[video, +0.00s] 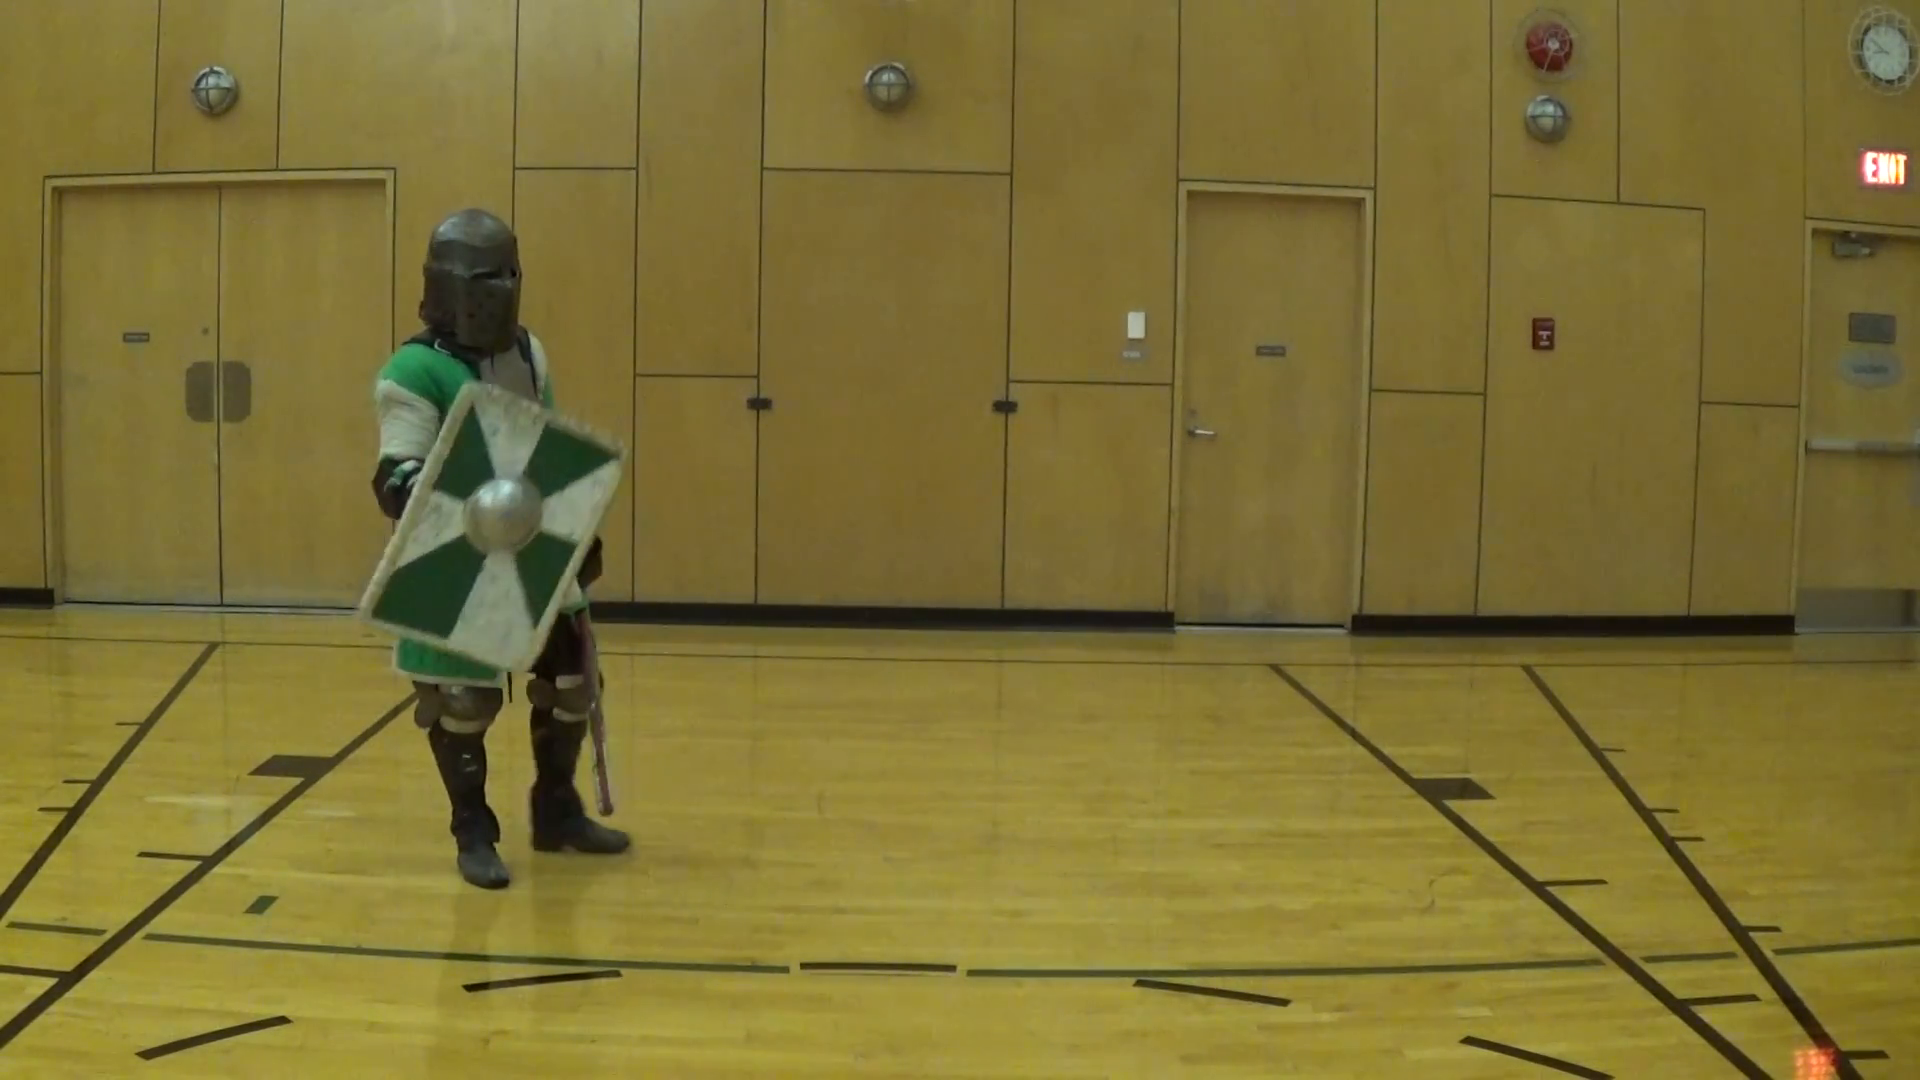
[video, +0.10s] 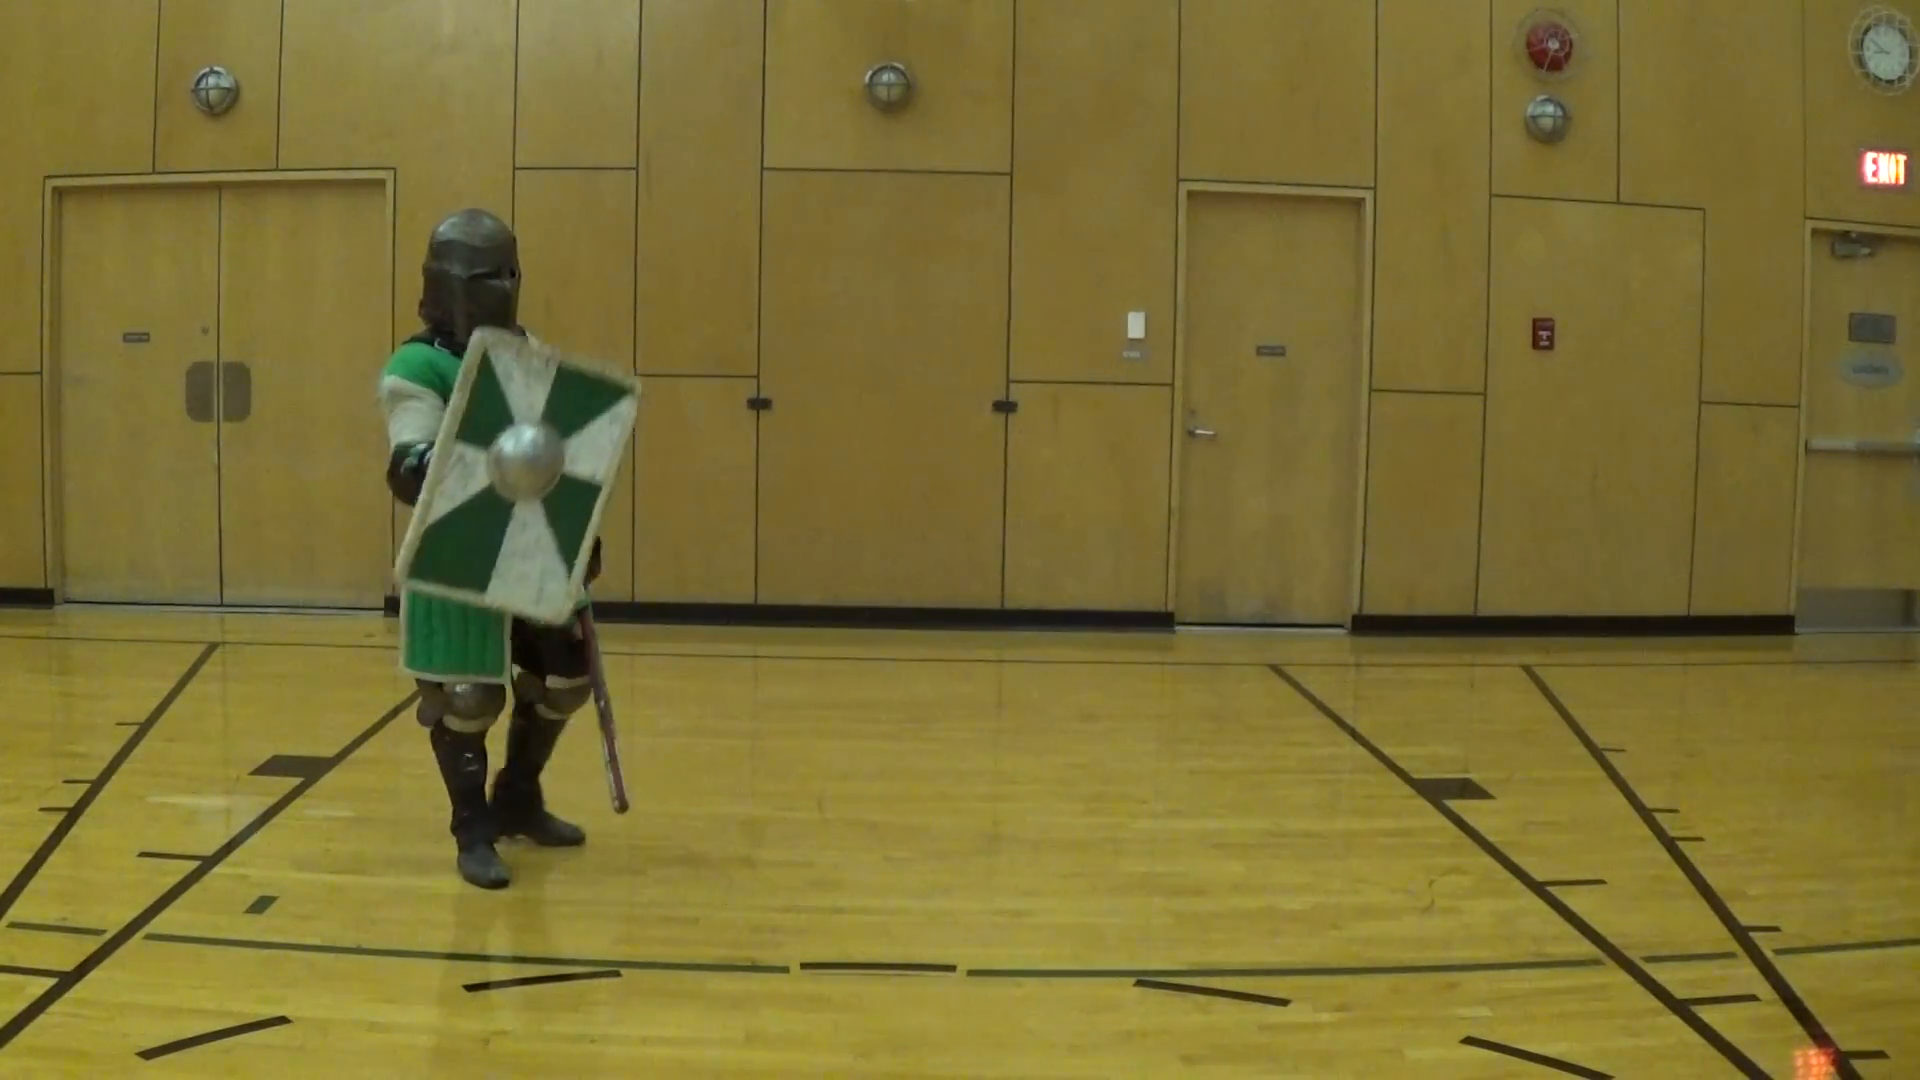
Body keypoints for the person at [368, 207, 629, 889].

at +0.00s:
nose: (491, 291)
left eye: (503, 276)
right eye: (472, 278)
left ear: (518, 282)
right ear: (435, 284)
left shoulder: (529, 357)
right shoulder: (415, 371)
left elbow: (549, 458)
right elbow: (397, 480)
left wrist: (579, 541)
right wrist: (468, 511)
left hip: (532, 555)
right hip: (449, 566)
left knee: (568, 670)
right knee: (462, 689)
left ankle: (556, 808)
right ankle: (474, 831)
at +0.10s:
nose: (490, 290)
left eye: (502, 275)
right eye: (472, 276)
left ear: (515, 281)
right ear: (436, 282)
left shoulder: (532, 363)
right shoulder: (417, 366)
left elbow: (571, 464)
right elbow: (409, 467)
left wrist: (582, 552)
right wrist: (495, 474)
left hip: (534, 551)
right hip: (452, 556)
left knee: (560, 675)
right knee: (466, 687)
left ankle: (517, 794)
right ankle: (472, 827)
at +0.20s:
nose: (482, 296)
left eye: (497, 280)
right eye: (467, 279)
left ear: (516, 284)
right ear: (436, 281)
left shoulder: (533, 357)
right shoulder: (422, 363)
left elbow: (565, 468)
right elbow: (437, 459)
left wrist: (574, 579)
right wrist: (519, 422)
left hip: (540, 546)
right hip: (462, 550)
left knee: (548, 678)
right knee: (471, 685)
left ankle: (506, 798)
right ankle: (473, 828)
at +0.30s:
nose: (487, 290)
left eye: (502, 275)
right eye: (473, 275)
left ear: (519, 280)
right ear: (443, 278)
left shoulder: (525, 359)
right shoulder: (427, 360)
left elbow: (552, 476)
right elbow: (483, 434)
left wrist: (574, 579)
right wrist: (544, 390)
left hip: (536, 537)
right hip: (468, 540)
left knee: (538, 676)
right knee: (473, 684)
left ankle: (504, 803)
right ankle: (473, 830)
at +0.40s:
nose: (494, 289)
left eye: (507, 275)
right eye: (481, 274)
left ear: (522, 279)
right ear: (448, 277)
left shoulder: (526, 353)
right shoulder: (432, 361)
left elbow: (569, 436)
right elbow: (491, 430)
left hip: (539, 532)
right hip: (473, 536)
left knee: (538, 678)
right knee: (480, 684)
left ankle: (504, 802)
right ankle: (474, 832)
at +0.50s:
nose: (503, 292)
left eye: (512, 277)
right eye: (488, 278)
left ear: (528, 280)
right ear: (457, 282)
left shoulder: (527, 350)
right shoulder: (440, 361)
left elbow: (573, 428)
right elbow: (503, 450)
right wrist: (545, 381)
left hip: (539, 529)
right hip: (477, 533)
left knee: (538, 678)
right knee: (482, 684)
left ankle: (503, 803)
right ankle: (474, 832)